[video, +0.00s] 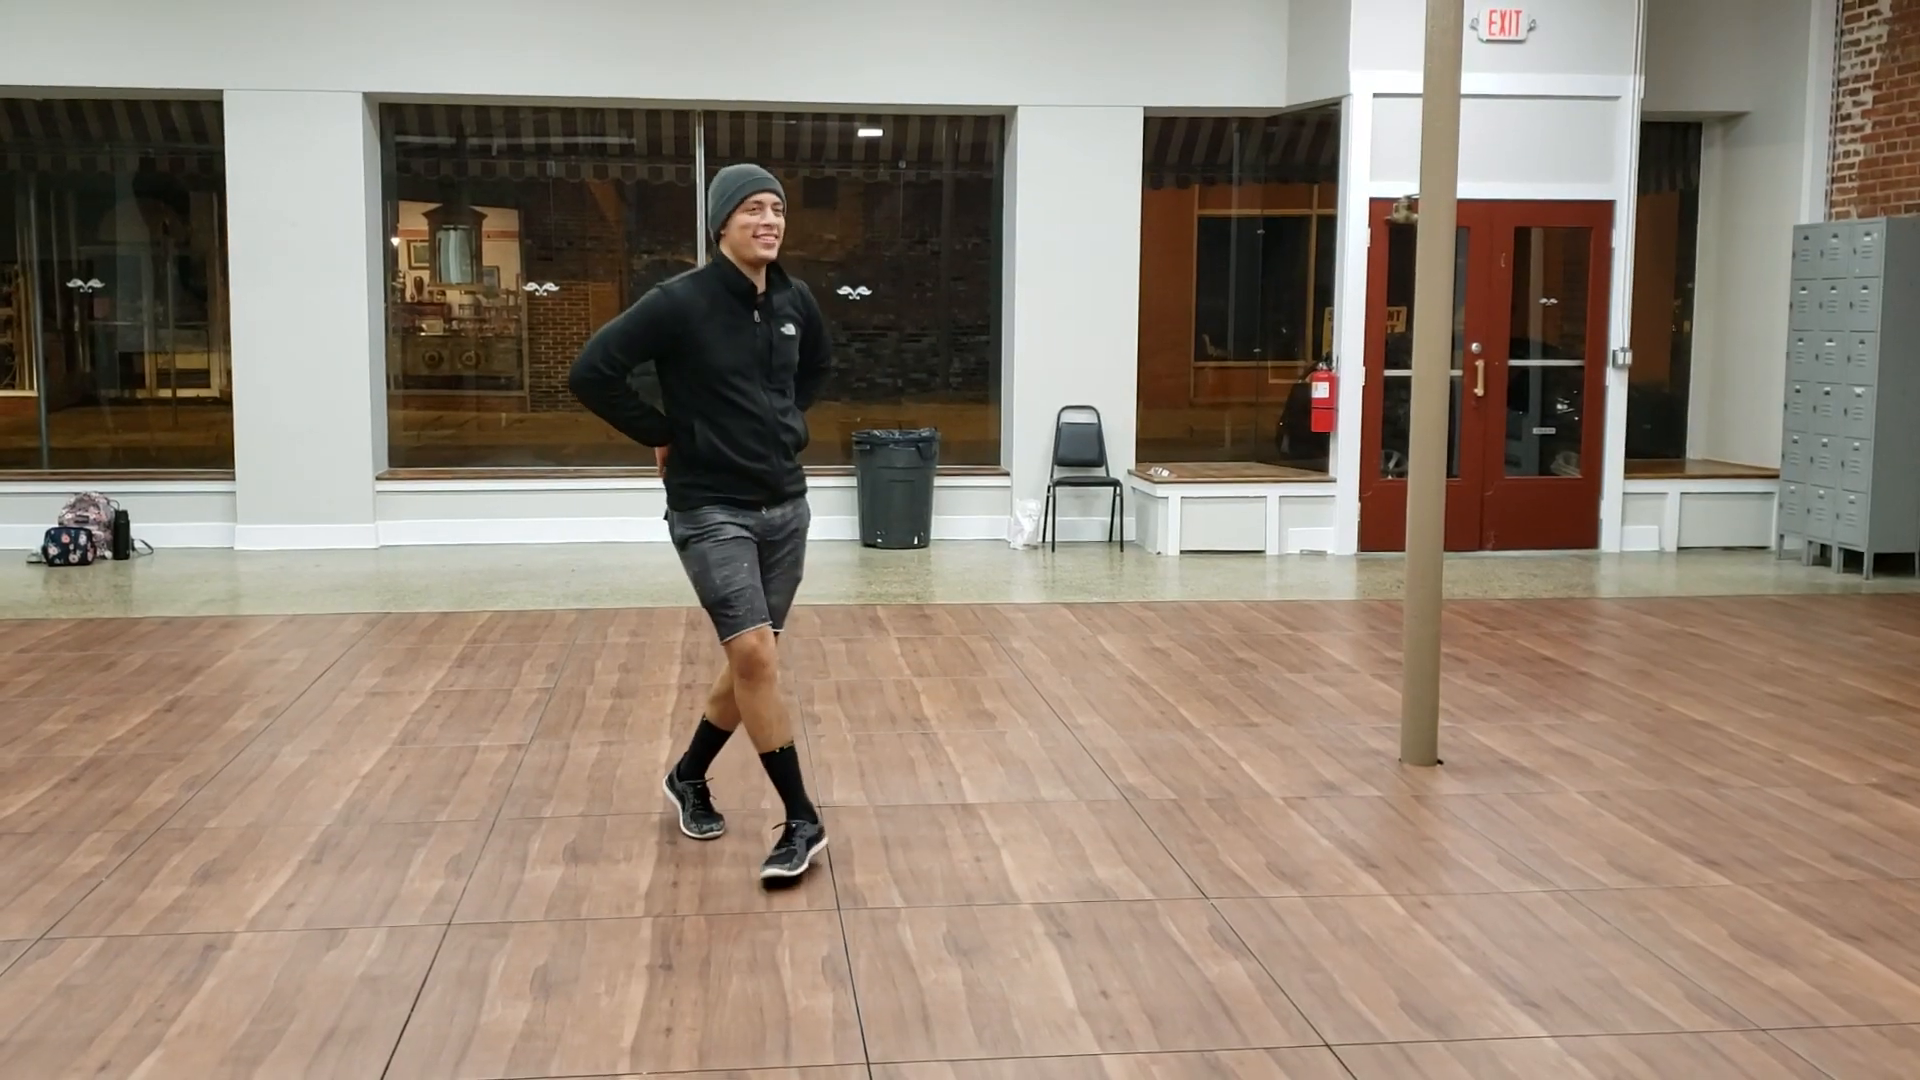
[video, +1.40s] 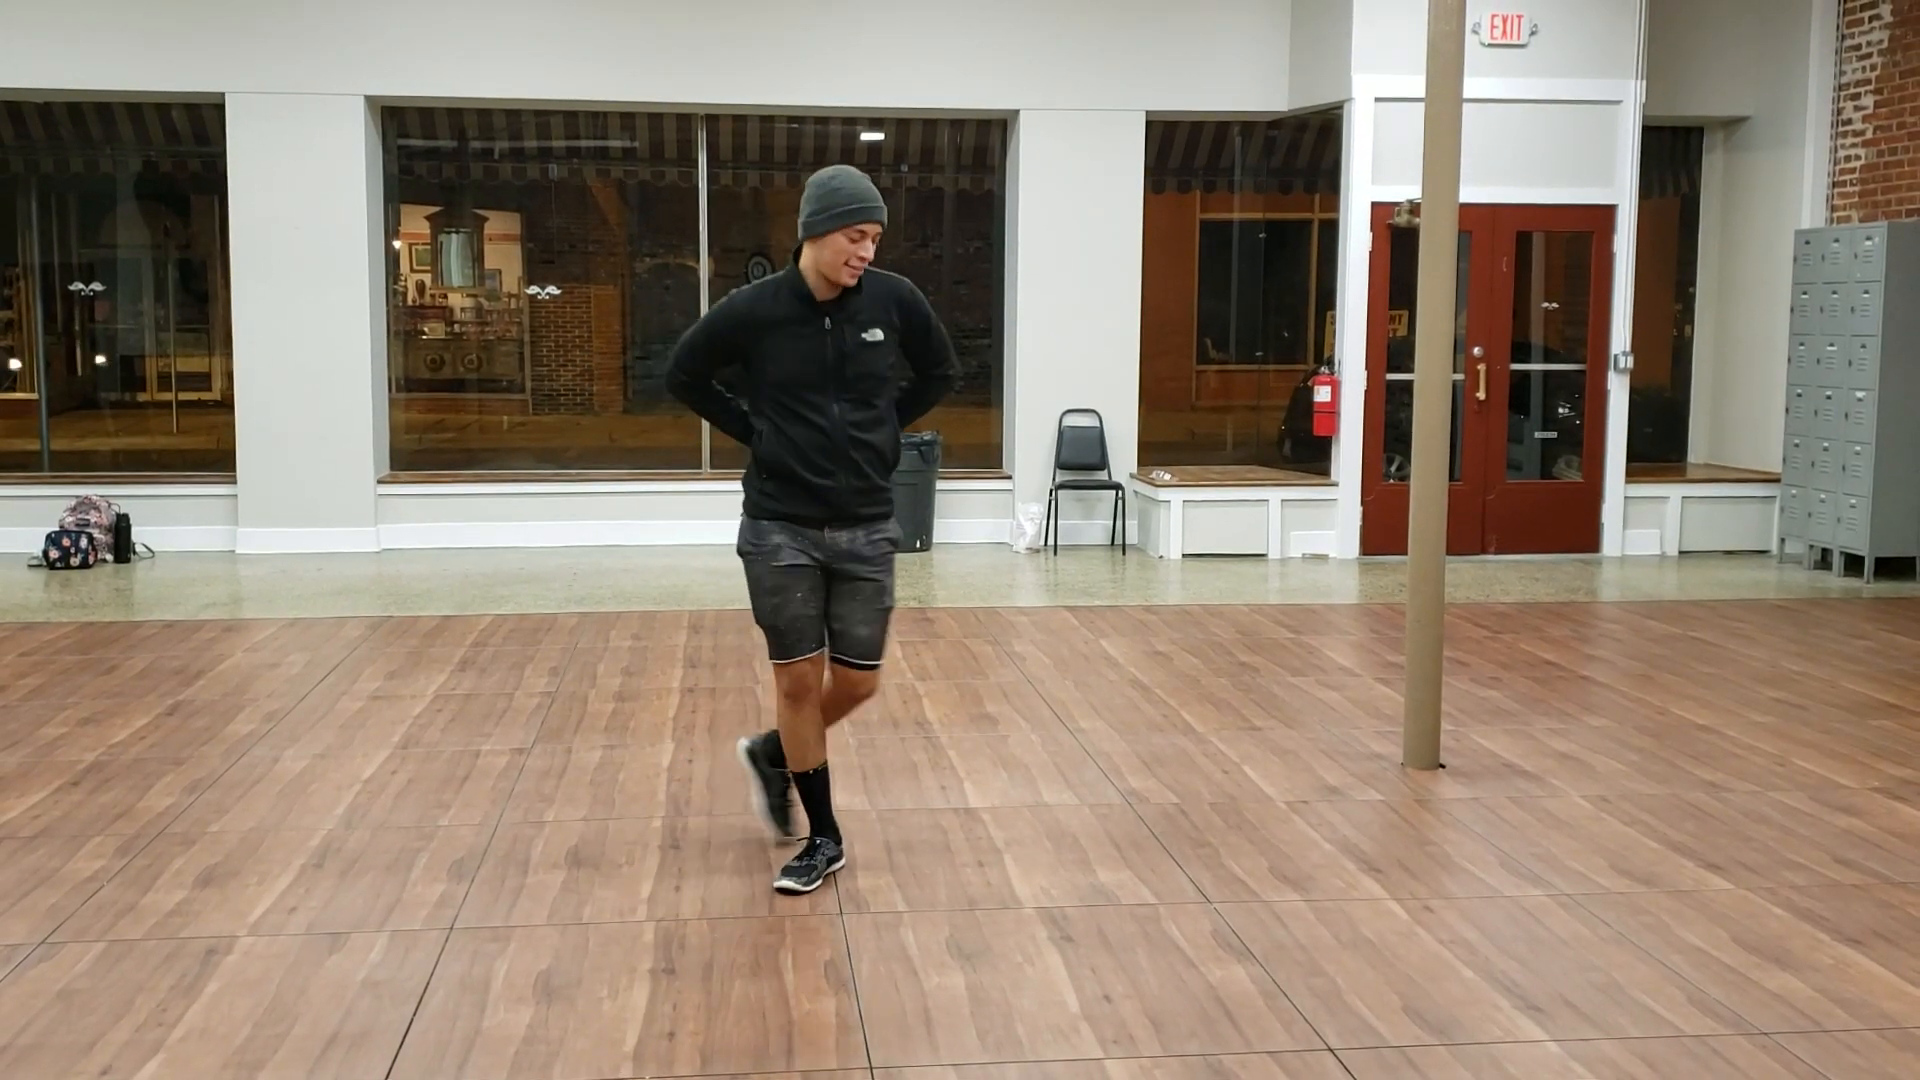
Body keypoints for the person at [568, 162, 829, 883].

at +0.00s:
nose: (769, 220)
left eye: (777, 210)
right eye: (754, 209)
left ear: (783, 226)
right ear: (719, 223)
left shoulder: (794, 302)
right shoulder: (679, 301)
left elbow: (818, 362)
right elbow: (590, 375)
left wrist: (786, 415)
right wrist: (660, 434)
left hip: (783, 504)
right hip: (707, 506)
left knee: (755, 659)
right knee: (753, 652)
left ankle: (688, 774)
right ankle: (801, 818)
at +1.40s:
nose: (863, 252)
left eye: (872, 239)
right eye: (851, 236)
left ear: (877, 241)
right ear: (811, 232)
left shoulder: (895, 300)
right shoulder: (754, 308)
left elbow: (939, 373)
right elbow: (684, 376)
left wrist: (881, 427)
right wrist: (759, 433)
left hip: (866, 525)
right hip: (781, 524)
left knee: (856, 681)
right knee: (799, 678)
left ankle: (773, 753)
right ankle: (823, 838)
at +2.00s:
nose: (923, 252)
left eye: (938, 241)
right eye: (912, 236)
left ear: (952, 255)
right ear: (886, 243)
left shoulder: (979, 332)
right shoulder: (853, 327)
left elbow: (1055, 423)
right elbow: (858, 410)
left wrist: (983, 472)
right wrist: (872, 460)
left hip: (956, 553)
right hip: (863, 546)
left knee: (1002, 703)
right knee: (819, 696)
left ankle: (1064, 843)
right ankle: (844, 819)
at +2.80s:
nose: (708, 217)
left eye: (721, 208)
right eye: (694, 207)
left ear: (741, 231)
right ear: (670, 226)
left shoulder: (775, 325)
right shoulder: (620, 308)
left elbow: (824, 406)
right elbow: (520, 375)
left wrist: (752, 459)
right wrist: (602, 447)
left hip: (719, 548)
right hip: (623, 544)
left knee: (675, 718)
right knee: (575, 708)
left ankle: (642, 874)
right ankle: (680, 785)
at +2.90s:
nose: (674, 204)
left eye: (687, 192)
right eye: (660, 193)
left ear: (709, 213)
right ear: (636, 213)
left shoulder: (749, 305)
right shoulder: (589, 297)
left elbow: (793, 385)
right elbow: (488, 369)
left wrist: (727, 443)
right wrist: (578, 437)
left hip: (698, 540)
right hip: (597, 536)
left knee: (670, 707)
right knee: (540, 698)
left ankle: (641, 870)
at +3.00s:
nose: (639, 195)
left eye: (652, 184)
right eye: (623, 186)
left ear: (675, 203)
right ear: (601, 208)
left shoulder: (717, 293)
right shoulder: (558, 293)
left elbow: (757, 371)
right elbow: (457, 368)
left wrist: (704, 429)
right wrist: (545, 428)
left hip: (680, 535)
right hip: (575, 532)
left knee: (666, 708)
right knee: (515, 692)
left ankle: (639, 868)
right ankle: (468, 847)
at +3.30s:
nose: (585, 237)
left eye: (595, 224)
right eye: (567, 226)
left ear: (613, 239)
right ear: (538, 246)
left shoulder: (660, 323)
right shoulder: (506, 339)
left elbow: (701, 395)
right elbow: (410, 435)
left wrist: (653, 457)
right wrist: (514, 477)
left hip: (650, 561)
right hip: (544, 569)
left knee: (690, 718)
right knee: (490, 731)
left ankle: (684, 839)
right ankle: (439, 869)